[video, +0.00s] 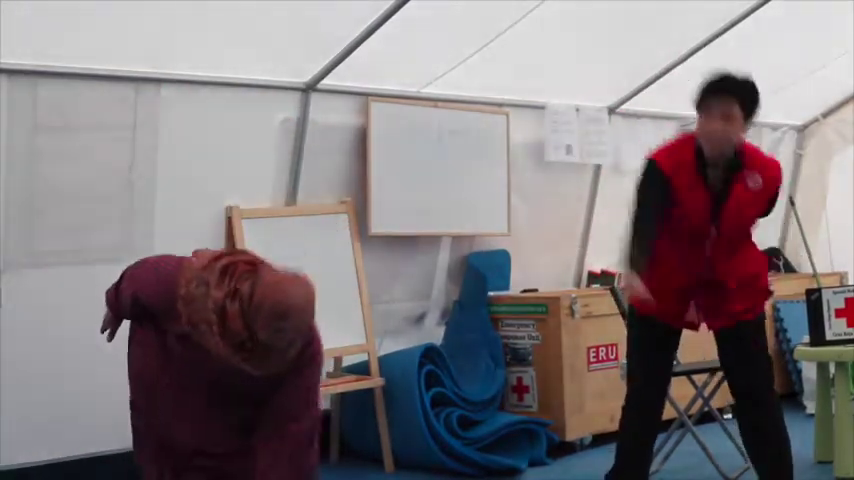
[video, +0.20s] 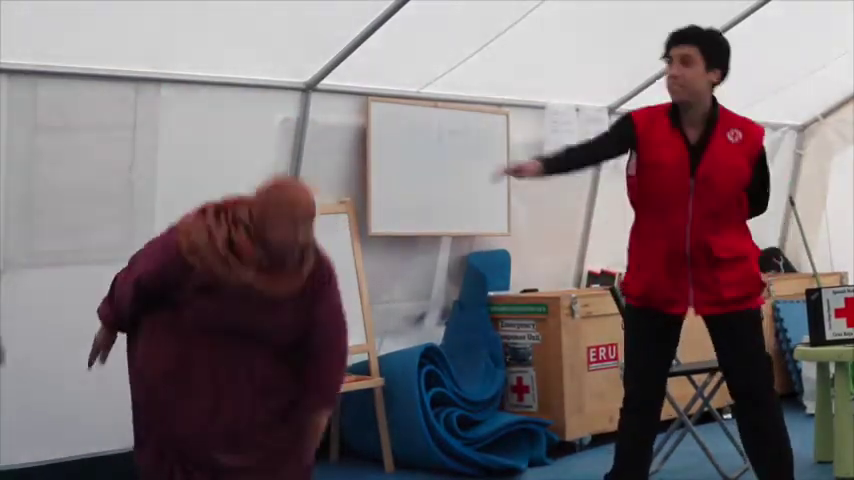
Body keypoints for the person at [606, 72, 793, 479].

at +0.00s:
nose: (715, 127)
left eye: (727, 117)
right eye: (709, 115)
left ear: (745, 125)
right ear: (696, 118)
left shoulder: (764, 172)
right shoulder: (665, 165)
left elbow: (758, 212)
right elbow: (644, 223)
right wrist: (635, 269)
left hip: (733, 287)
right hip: (663, 286)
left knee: (757, 397)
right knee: (644, 399)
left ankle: (777, 474)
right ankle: (626, 476)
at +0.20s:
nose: (672, 71)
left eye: (686, 62)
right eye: (669, 62)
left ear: (715, 75)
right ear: (665, 71)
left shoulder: (746, 135)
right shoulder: (641, 125)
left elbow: (756, 201)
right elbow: (591, 151)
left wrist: (707, 219)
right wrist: (542, 165)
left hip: (727, 282)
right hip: (654, 281)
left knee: (757, 401)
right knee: (640, 404)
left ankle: (778, 476)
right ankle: (625, 479)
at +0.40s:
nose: (656, 69)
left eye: (668, 60)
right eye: (654, 62)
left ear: (700, 72)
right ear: (650, 72)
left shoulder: (734, 135)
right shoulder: (629, 130)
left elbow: (750, 208)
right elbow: (572, 164)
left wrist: (704, 239)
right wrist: (512, 198)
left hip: (715, 281)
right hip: (642, 282)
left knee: (752, 401)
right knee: (636, 406)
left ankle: (776, 478)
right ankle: (625, 479)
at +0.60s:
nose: (640, 66)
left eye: (652, 59)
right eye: (639, 60)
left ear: (682, 72)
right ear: (636, 73)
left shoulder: (716, 130)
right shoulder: (620, 136)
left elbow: (753, 199)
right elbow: (601, 196)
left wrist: (772, 264)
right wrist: (610, 252)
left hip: (706, 281)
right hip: (635, 285)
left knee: (746, 401)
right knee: (631, 408)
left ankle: (775, 476)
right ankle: (623, 479)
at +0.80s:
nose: (616, 73)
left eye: (625, 64)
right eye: (614, 65)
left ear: (658, 72)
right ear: (618, 78)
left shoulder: (697, 118)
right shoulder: (612, 138)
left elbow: (755, 139)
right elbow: (625, 205)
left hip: (701, 276)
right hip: (635, 283)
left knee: (742, 396)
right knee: (630, 407)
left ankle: (774, 476)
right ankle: (622, 478)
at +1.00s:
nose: (583, 90)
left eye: (591, 79)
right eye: (582, 81)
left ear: (622, 84)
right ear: (613, 88)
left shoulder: (665, 123)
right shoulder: (600, 153)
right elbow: (623, 220)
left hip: (703, 276)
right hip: (643, 288)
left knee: (745, 392)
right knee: (634, 407)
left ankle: (775, 473)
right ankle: (624, 477)